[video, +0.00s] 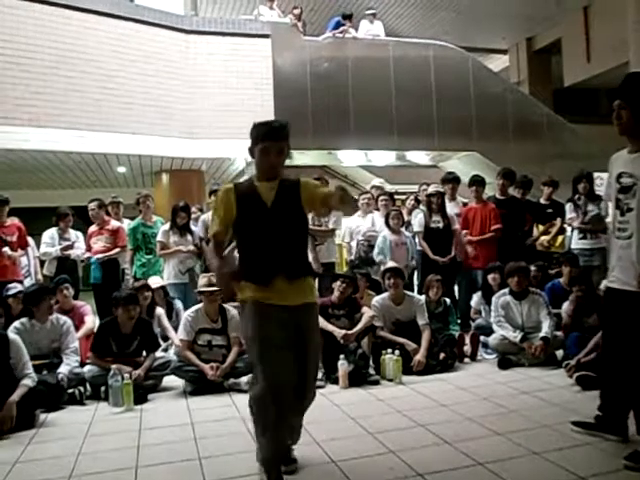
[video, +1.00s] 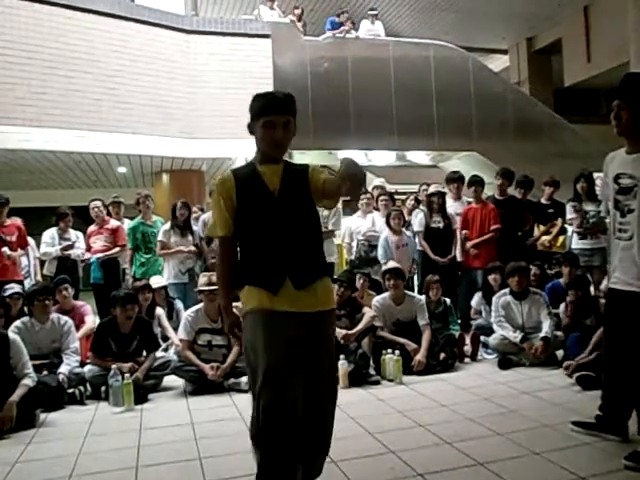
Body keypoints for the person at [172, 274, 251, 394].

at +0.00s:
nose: (212, 298)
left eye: (215, 293)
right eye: (207, 295)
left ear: (220, 294)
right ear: (200, 297)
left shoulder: (231, 314)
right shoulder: (191, 316)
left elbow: (236, 345)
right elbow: (183, 349)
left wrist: (225, 368)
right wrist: (204, 367)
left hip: (225, 359)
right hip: (200, 360)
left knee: (250, 361)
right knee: (176, 366)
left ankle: (203, 385)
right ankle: (226, 384)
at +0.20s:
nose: (212, 297)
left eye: (215, 292)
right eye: (208, 293)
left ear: (221, 293)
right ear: (200, 296)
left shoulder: (229, 313)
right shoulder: (191, 315)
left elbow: (236, 345)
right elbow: (183, 349)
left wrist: (224, 367)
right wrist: (204, 367)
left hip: (224, 360)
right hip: (200, 360)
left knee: (245, 369)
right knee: (177, 367)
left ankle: (199, 386)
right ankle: (225, 384)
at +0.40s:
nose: (212, 297)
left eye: (215, 293)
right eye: (207, 294)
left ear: (221, 294)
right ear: (200, 296)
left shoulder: (229, 313)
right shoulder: (191, 315)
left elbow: (236, 345)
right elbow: (182, 349)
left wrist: (225, 367)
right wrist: (204, 367)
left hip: (225, 359)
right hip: (200, 359)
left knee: (246, 369)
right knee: (177, 366)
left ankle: (201, 386)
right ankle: (223, 384)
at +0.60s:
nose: (212, 297)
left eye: (215, 293)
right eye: (207, 294)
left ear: (221, 294)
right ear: (200, 296)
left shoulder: (230, 313)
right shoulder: (191, 316)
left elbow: (236, 345)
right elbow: (184, 349)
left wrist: (224, 368)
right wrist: (204, 367)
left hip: (224, 361)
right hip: (200, 362)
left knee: (246, 371)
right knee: (177, 367)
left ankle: (201, 386)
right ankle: (226, 384)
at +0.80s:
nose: (210, 299)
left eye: (213, 295)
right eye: (206, 295)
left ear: (221, 295)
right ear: (201, 296)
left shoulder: (231, 314)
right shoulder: (191, 316)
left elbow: (236, 344)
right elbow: (184, 350)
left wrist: (225, 367)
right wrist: (204, 367)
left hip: (225, 359)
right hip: (201, 359)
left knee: (253, 360)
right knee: (177, 367)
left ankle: (202, 386)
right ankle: (226, 383)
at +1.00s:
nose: (211, 296)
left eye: (214, 292)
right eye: (206, 293)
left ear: (220, 293)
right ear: (200, 295)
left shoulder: (230, 314)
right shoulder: (191, 316)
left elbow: (237, 344)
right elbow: (184, 349)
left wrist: (225, 367)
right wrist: (204, 367)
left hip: (225, 361)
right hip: (200, 362)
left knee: (248, 368)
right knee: (177, 367)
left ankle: (202, 386)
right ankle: (225, 384)